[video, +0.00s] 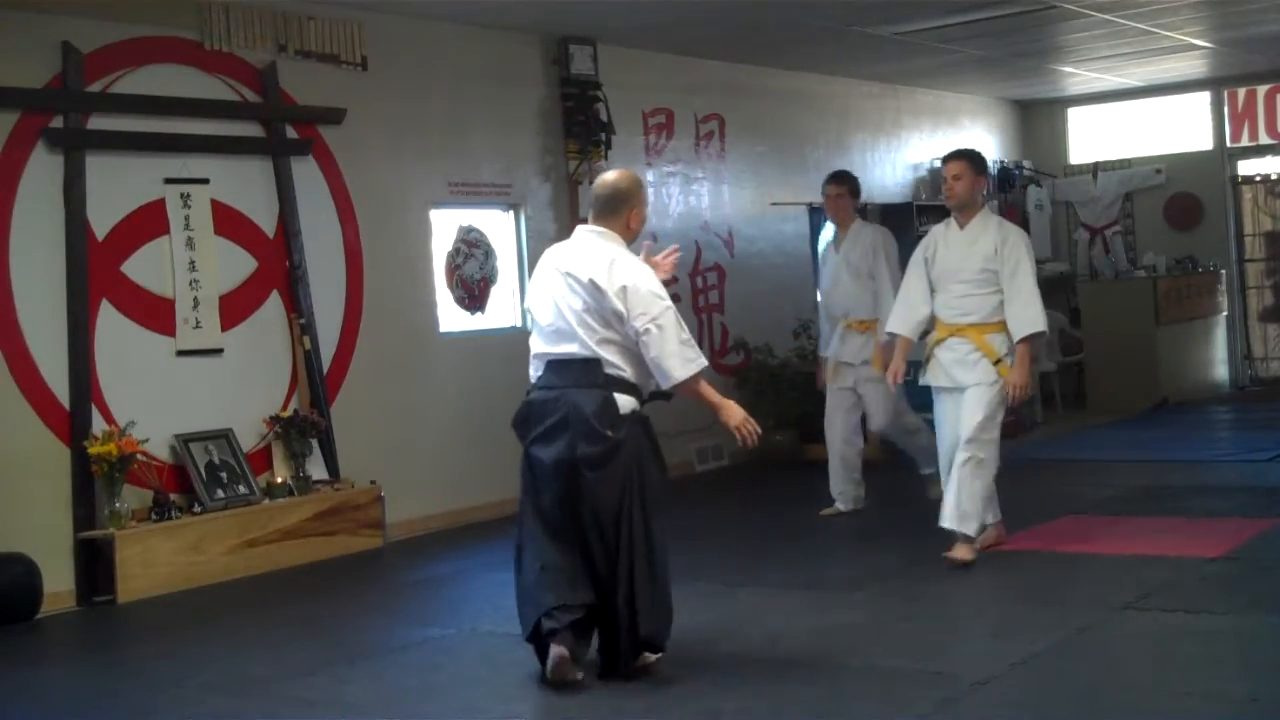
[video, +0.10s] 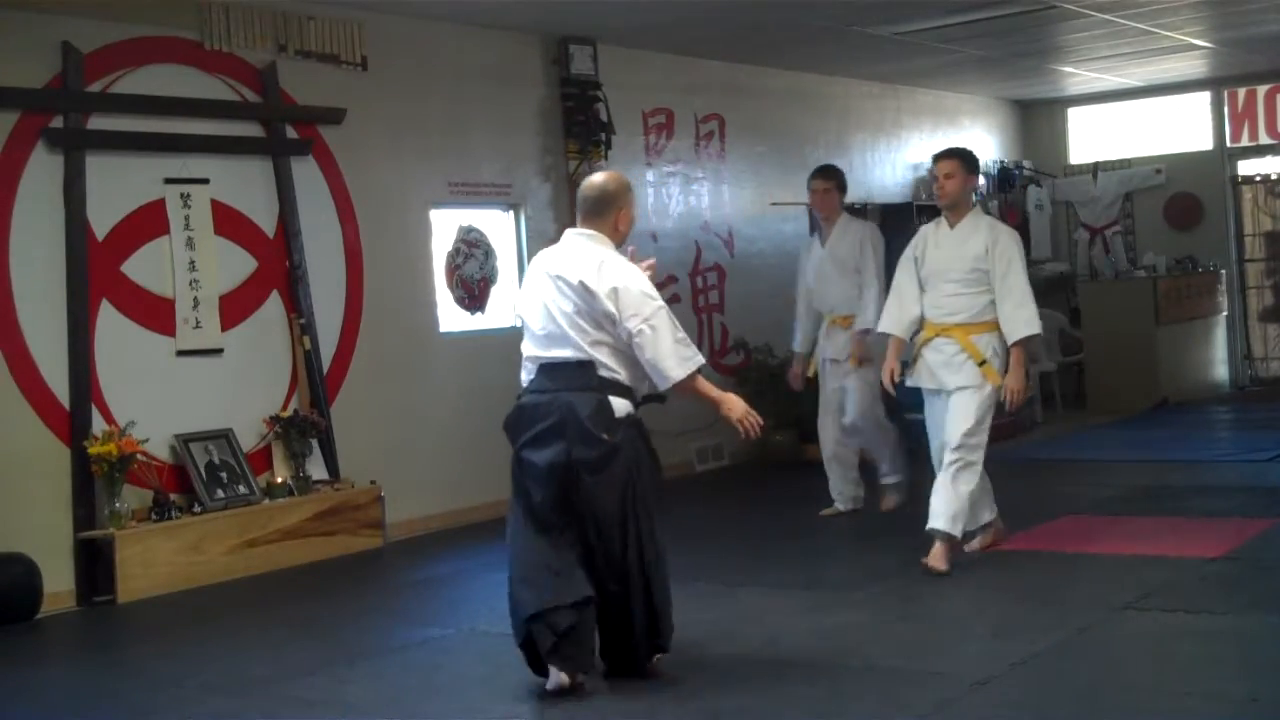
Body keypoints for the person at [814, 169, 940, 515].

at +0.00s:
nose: (831, 203)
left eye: (838, 197)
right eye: (827, 197)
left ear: (854, 200)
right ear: (822, 202)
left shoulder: (877, 237)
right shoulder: (828, 246)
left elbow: (889, 291)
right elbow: (827, 305)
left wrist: (886, 341)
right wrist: (825, 355)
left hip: (872, 341)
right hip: (839, 344)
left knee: (886, 418)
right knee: (839, 428)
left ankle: (932, 461)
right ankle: (847, 498)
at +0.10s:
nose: (819, 199)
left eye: (827, 191)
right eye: (814, 192)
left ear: (842, 195)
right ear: (808, 198)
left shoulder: (865, 233)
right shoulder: (812, 247)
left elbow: (873, 285)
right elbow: (806, 304)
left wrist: (863, 334)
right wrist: (800, 354)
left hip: (861, 331)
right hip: (828, 334)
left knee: (860, 414)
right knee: (830, 422)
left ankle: (892, 475)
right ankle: (846, 496)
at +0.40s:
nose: (787, 207)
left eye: (795, 200)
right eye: (782, 200)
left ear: (810, 204)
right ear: (776, 206)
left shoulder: (829, 249)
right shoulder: (775, 256)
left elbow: (833, 307)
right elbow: (755, 308)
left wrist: (817, 359)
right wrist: (736, 356)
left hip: (822, 346)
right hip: (790, 347)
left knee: (806, 426)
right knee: (817, 424)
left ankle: (803, 515)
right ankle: (844, 492)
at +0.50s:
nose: (776, 206)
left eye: (785, 199)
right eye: (771, 199)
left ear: (800, 205)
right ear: (765, 204)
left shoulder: (819, 249)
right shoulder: (762, 257)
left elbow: (823, 309)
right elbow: (745, 312)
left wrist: (804, 359)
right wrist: (729, 361)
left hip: (807, 347)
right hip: (776, 348)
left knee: (788, 436)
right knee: (792, 430)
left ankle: (801, 519)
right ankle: (836, 482)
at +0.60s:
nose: (766, 203)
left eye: (775, 196)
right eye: (761, 196)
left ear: (790, 201)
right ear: (754, 200)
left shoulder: (806, 246)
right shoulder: (751, 251)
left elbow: (810, 308)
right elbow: (738, 309)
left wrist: (793, 358)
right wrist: (726, 359)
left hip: (792, 348)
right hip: (759, 348)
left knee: (783, 439)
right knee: (757, 433)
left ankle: (800, 520)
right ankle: (812, 473)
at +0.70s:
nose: (753, 197)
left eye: (761, 190)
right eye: (747, 190)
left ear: (776, 195)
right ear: (740, 195)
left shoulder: (790, 238)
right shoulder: (739, 245)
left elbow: (794, 299)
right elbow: (729, 304)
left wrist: (779, 354)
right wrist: (720, 351)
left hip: (781, 346)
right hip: (744, 347)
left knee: (783, 439)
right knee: (734, 432)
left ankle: (801, 519)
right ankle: (771, 504)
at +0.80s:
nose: (736, 195)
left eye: (744, 188)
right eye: (730, 188)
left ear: (759, 193)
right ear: (723, 193)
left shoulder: (771, 237)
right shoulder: (726, 243)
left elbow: (775, 298)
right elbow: (723, 303)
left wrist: (763, 354)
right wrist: (715, 353)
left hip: (768, 343)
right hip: (731, 345)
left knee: (784, 437)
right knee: (714, 434)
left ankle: (801, 519)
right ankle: (726, 521)